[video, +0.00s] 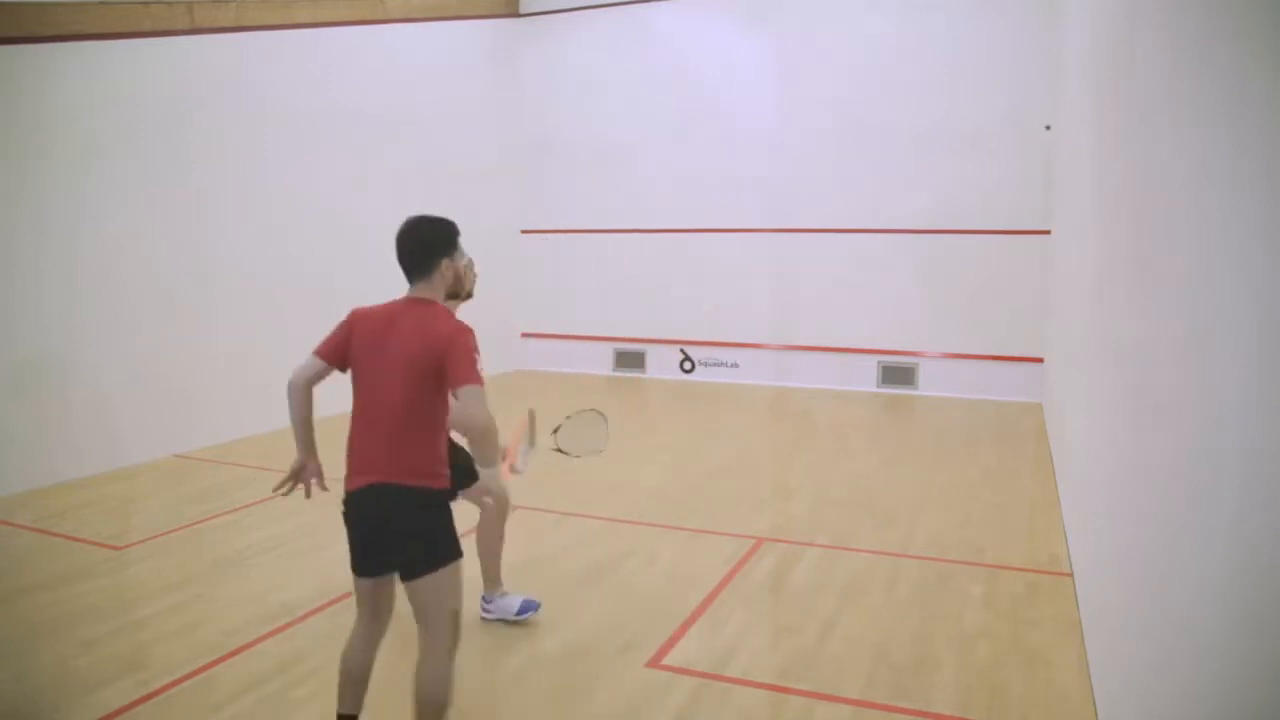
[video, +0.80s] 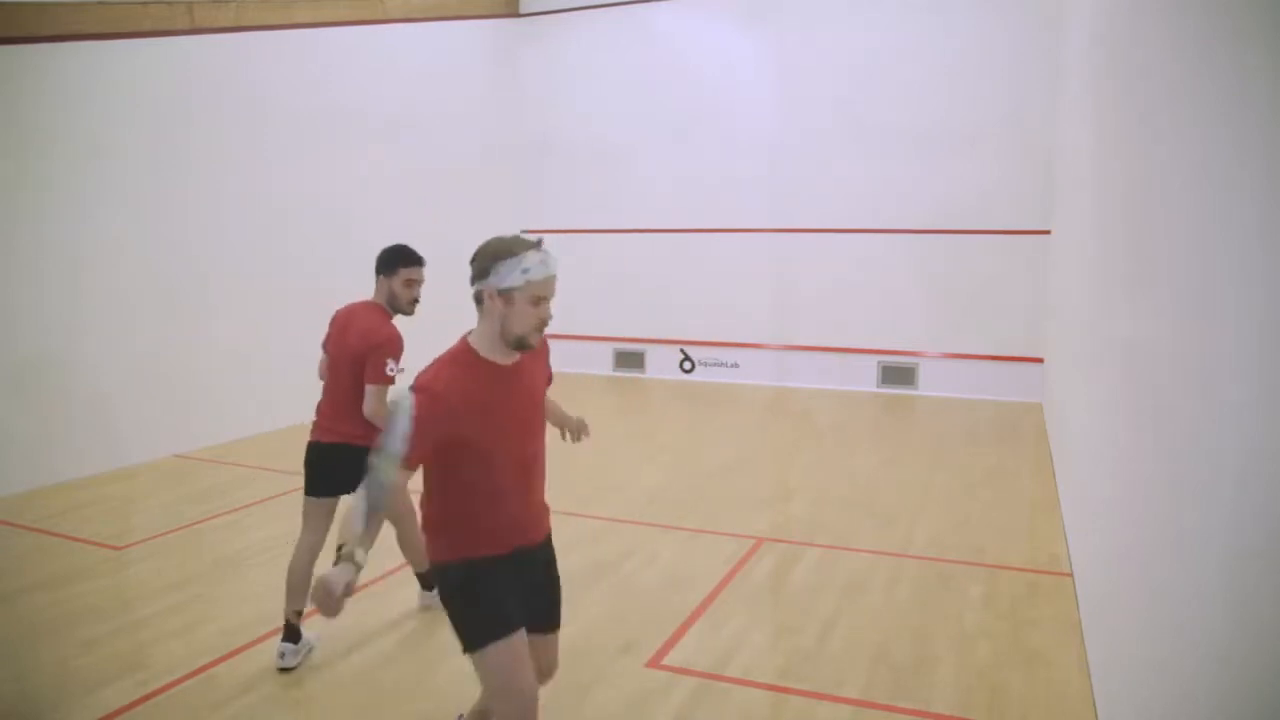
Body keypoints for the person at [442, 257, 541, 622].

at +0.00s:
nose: (473, 270)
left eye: (471, 262)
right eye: (467, 264)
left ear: (446, 281)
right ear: (452, 274)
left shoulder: (415, 321)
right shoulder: (450, 330)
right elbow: (453, 410)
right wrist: (497, 450)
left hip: (397, 443)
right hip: (428, 443)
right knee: (495, 500)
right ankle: (493, 594)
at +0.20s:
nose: (502, 265)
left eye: (500, 257)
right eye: (497, 257)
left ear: (470, 265)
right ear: (478, 264)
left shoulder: (473, 308)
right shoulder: (452, 320)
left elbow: (461, 374)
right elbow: (422, 388)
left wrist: (487, 409)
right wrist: (462, 441)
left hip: (464, 440)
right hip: (451, 449)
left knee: (474, 509)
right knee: (508, 517)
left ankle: (434, 584)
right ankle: (499, 595)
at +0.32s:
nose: (516, 267)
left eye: (513, 258)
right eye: (508, 259)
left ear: (484, 266)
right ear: (483, 267)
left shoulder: (494, 313)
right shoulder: (445, 332)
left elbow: (484, 376)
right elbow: (420, 410)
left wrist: (518, 415)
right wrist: (455, 470)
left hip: (489, 444)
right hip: (455, 457)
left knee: (507, 528)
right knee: (524, 530)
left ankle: (454, 610)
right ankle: (507, 614)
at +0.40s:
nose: (524, 278)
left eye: (522, 269)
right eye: (516, 270)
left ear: (492, 277)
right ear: (486, 276)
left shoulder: (506, 325)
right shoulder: (446, 345)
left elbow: (502, 388)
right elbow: (419, 428)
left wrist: (539, 436)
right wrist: (452, 493)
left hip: (498, 464)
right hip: (467, 477)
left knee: (500, 545)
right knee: (532, 557)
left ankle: (450, 617)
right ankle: (528, 669)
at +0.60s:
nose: (543, 274)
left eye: (544, 264)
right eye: (535, 264)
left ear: (516, 264)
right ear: (497, 262)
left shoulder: (524, 320)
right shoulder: (445, 335)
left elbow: (520, 394)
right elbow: (411, 428)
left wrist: (564, 443)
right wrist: (423, 504)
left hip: (517, 477)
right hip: (469, 493)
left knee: (532, 580)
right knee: (540, 589)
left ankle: (464, 664)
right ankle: (527, 699)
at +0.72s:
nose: (547, 287)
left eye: (549, 274)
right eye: (537, 274)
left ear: (513, 273)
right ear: (495, 272)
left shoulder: (532, 329)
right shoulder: (441, 354)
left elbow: (526, 385)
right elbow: (389, 457)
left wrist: (570, 429)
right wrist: (382, 532)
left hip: (524, 505)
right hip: (466, 517)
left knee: (541, 629)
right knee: (531, 635)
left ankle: (479, 713)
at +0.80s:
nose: (547, 315)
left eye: (549, 302)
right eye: (537, 302)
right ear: (493, 299)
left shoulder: (535, 352)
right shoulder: (438, 388)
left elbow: (531, 395)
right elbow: (382, 481)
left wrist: (564, 419)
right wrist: (349, 561)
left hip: (532, 542)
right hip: (468, 558)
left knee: (541, 667)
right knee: (516, 702)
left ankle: (476, 713)